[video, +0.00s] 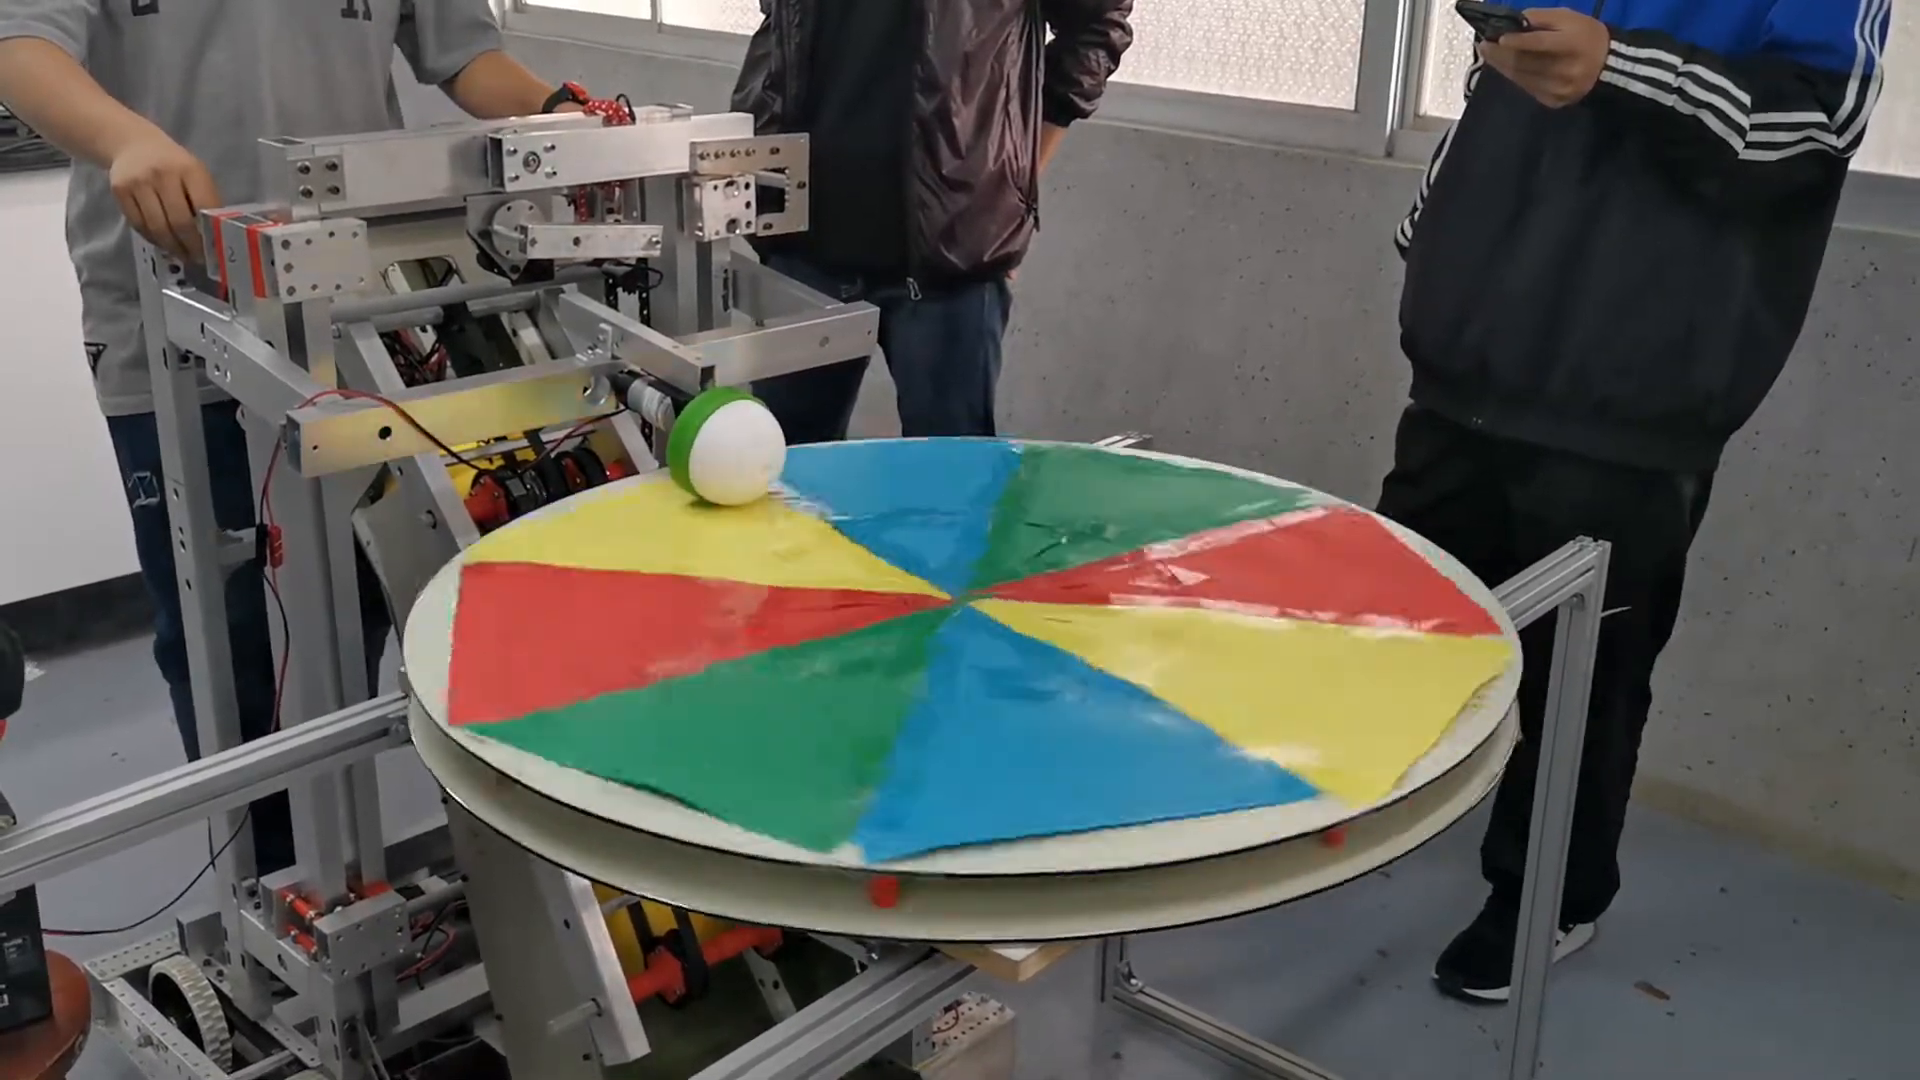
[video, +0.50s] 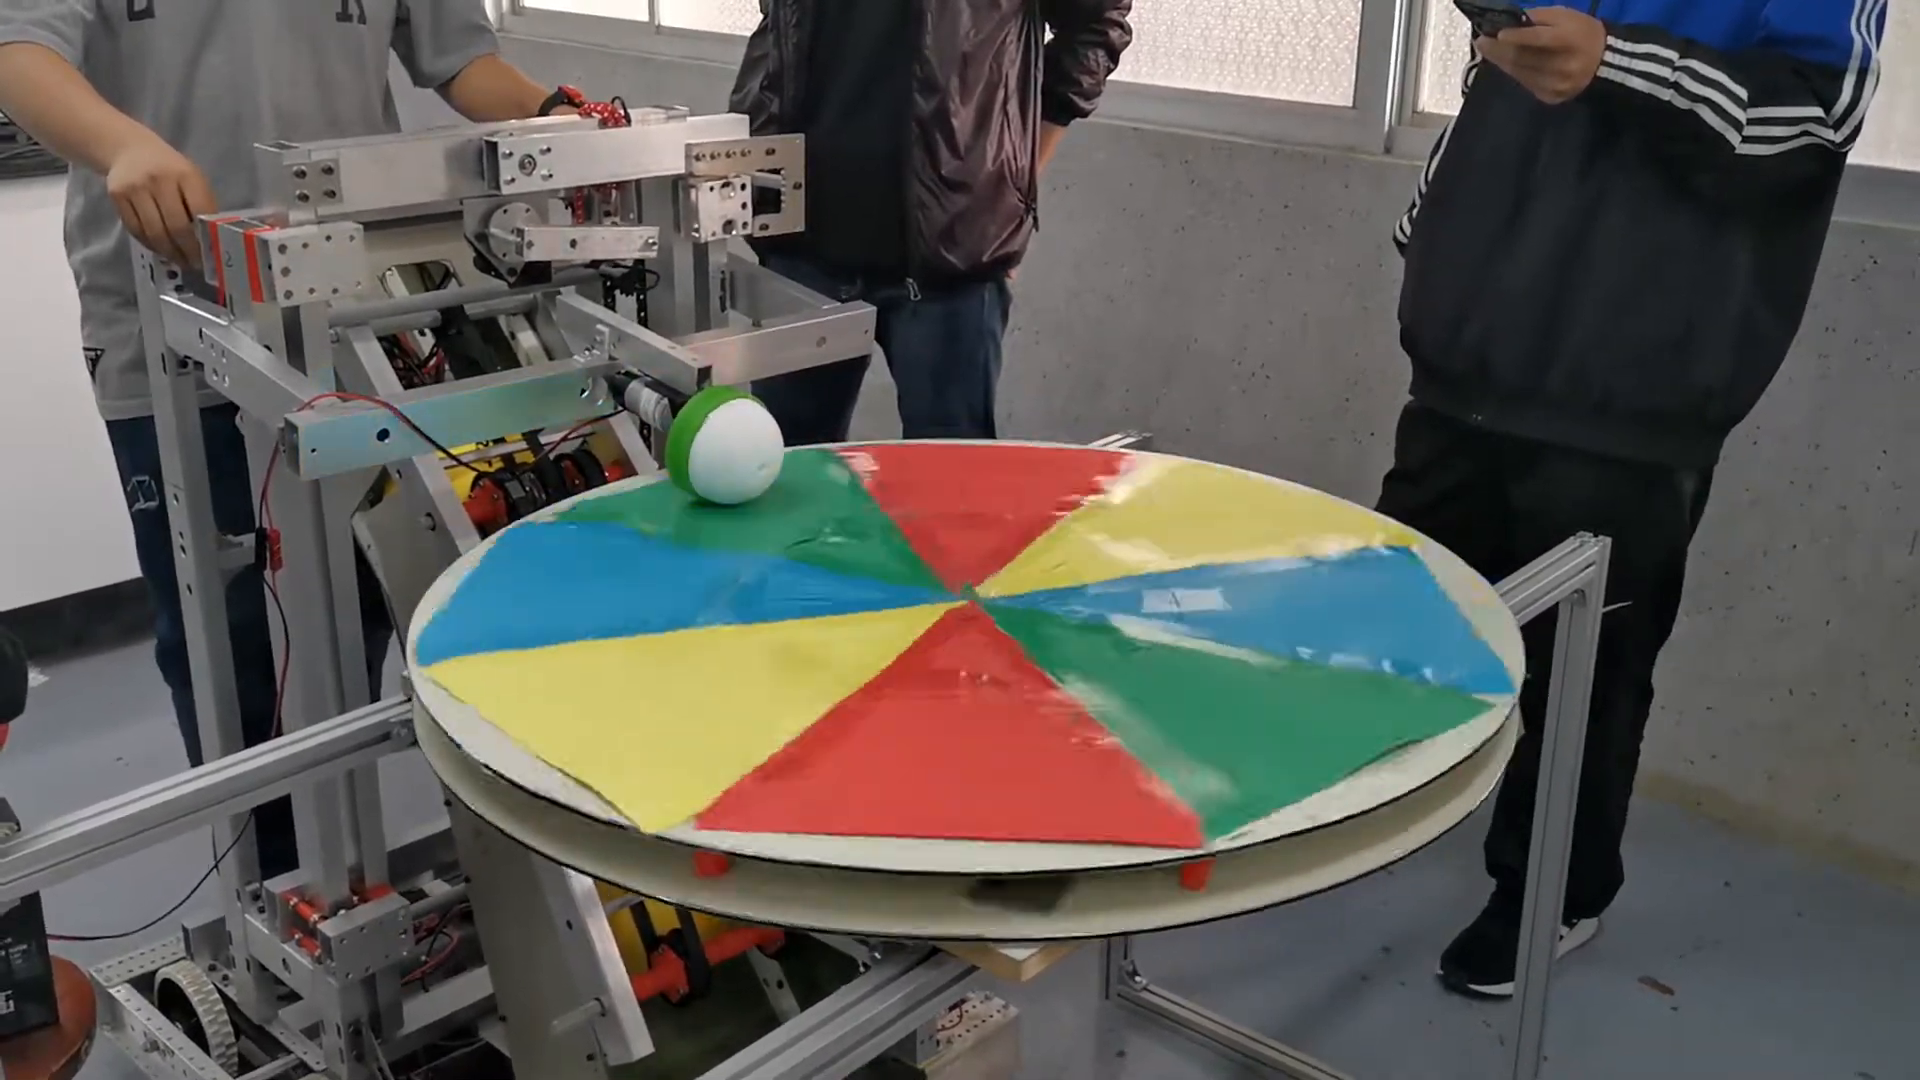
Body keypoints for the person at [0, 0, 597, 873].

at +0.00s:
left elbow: (459, 47)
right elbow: (22, 45)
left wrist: (555, 114)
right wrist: (123, 137)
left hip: (344, 314)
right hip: (166, 323)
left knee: (352, 599)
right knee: (216, 632)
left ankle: (348, 851)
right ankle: (262, 879)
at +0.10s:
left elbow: (458, 47)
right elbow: (22, 46)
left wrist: (553, 114)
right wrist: (123, 139)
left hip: (347, 315)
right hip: (166, 325)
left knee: (354, 601)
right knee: (214, 629)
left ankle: (346, 850)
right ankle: (266, 879)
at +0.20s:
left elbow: (455, 47)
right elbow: (23, 49)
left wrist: (547, 110)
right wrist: (122, 139)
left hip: (349, 317)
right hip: (167, 325)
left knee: (355, 601)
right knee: (216, 632)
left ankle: (353, 851)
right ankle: (266, 880)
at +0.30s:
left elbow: (455, 48)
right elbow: (21, 48)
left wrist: (553, 115)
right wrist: (121, 142)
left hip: (347, 316)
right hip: (166, 325)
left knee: (355, 603)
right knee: (216, 632)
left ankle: (351, 851)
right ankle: (265, 879)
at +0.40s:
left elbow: (454, 49)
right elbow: (20, 48)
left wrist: (555, 118)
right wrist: (121, 143)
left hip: (345, 315)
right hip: (166, 325)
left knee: (352, 602)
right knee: (215, 629)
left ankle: (346, 851)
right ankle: (268, 880)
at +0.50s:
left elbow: (453, 49)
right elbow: (19, 49)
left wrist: (554, 118)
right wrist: (120, 143)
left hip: (344, 315)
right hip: (166, 326)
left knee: (352, 603)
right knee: (216, 632)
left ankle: (347, 851)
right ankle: (270, 881)